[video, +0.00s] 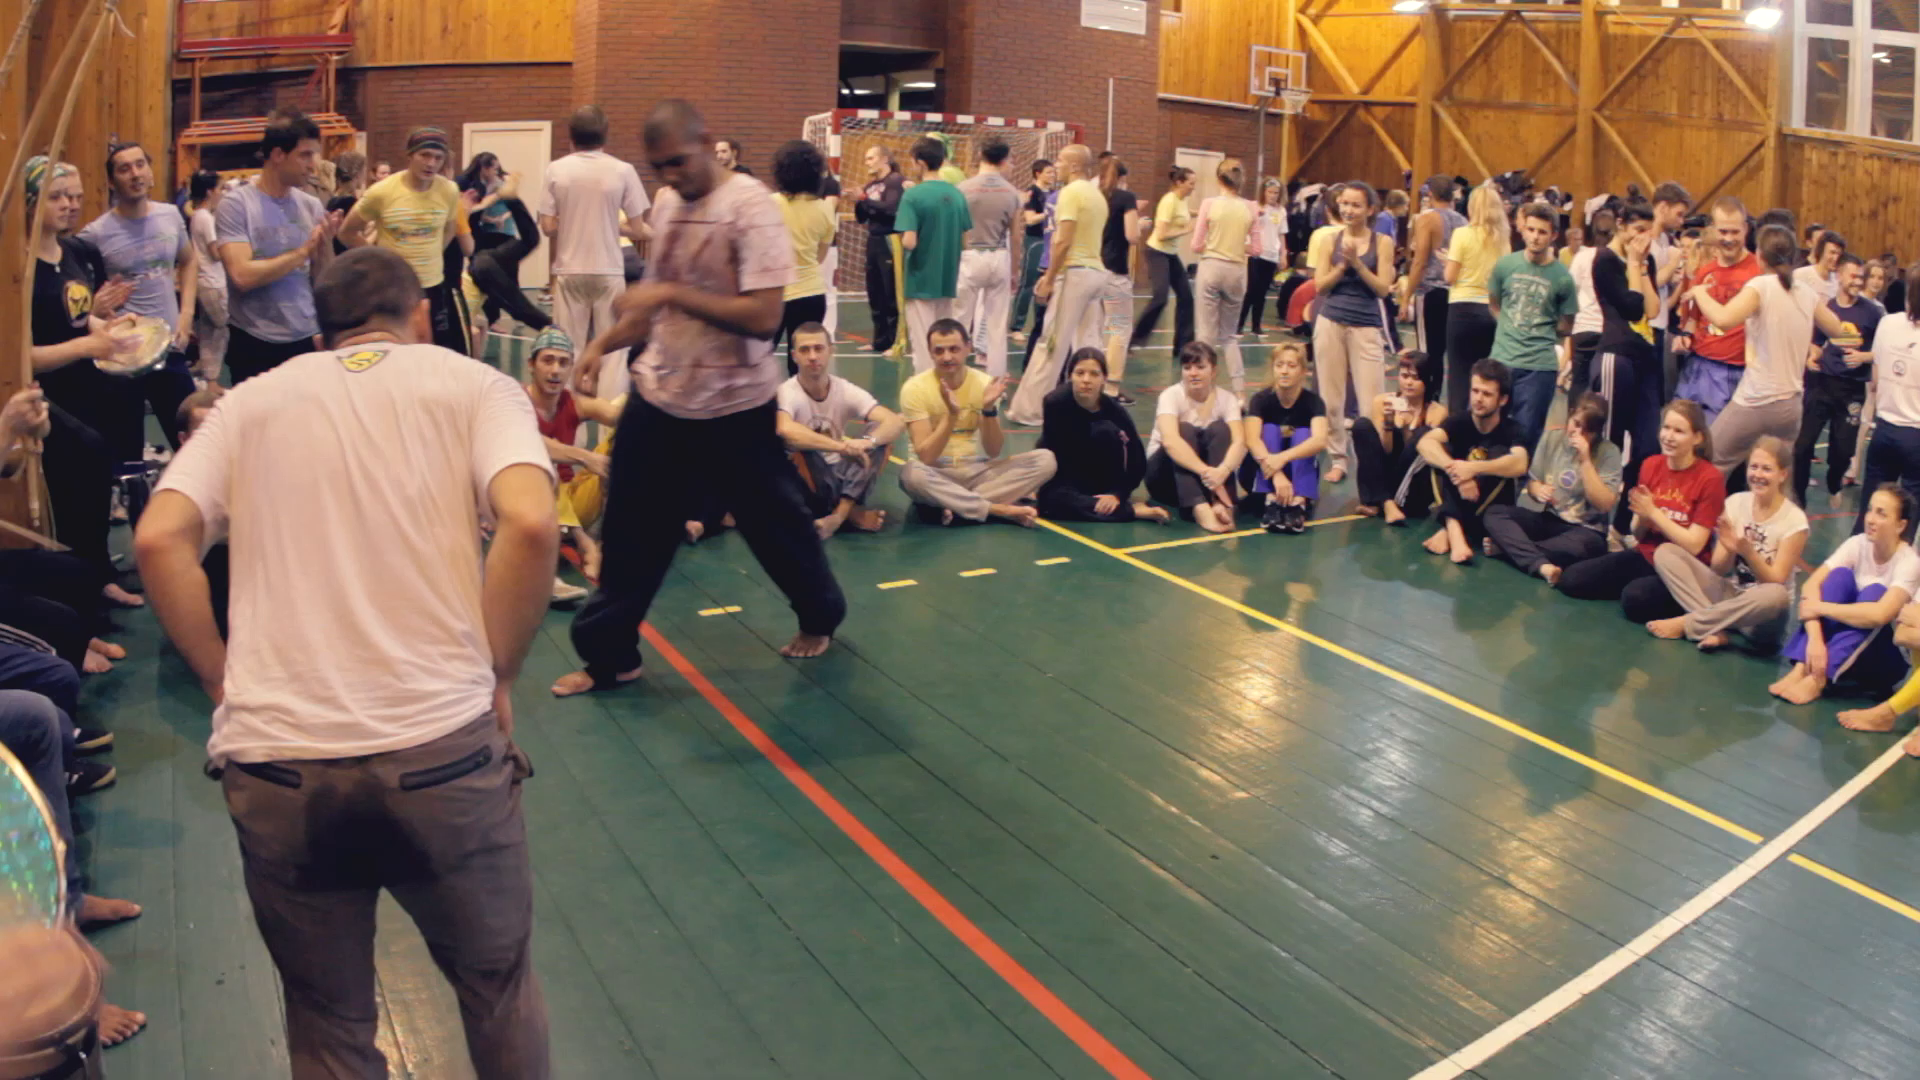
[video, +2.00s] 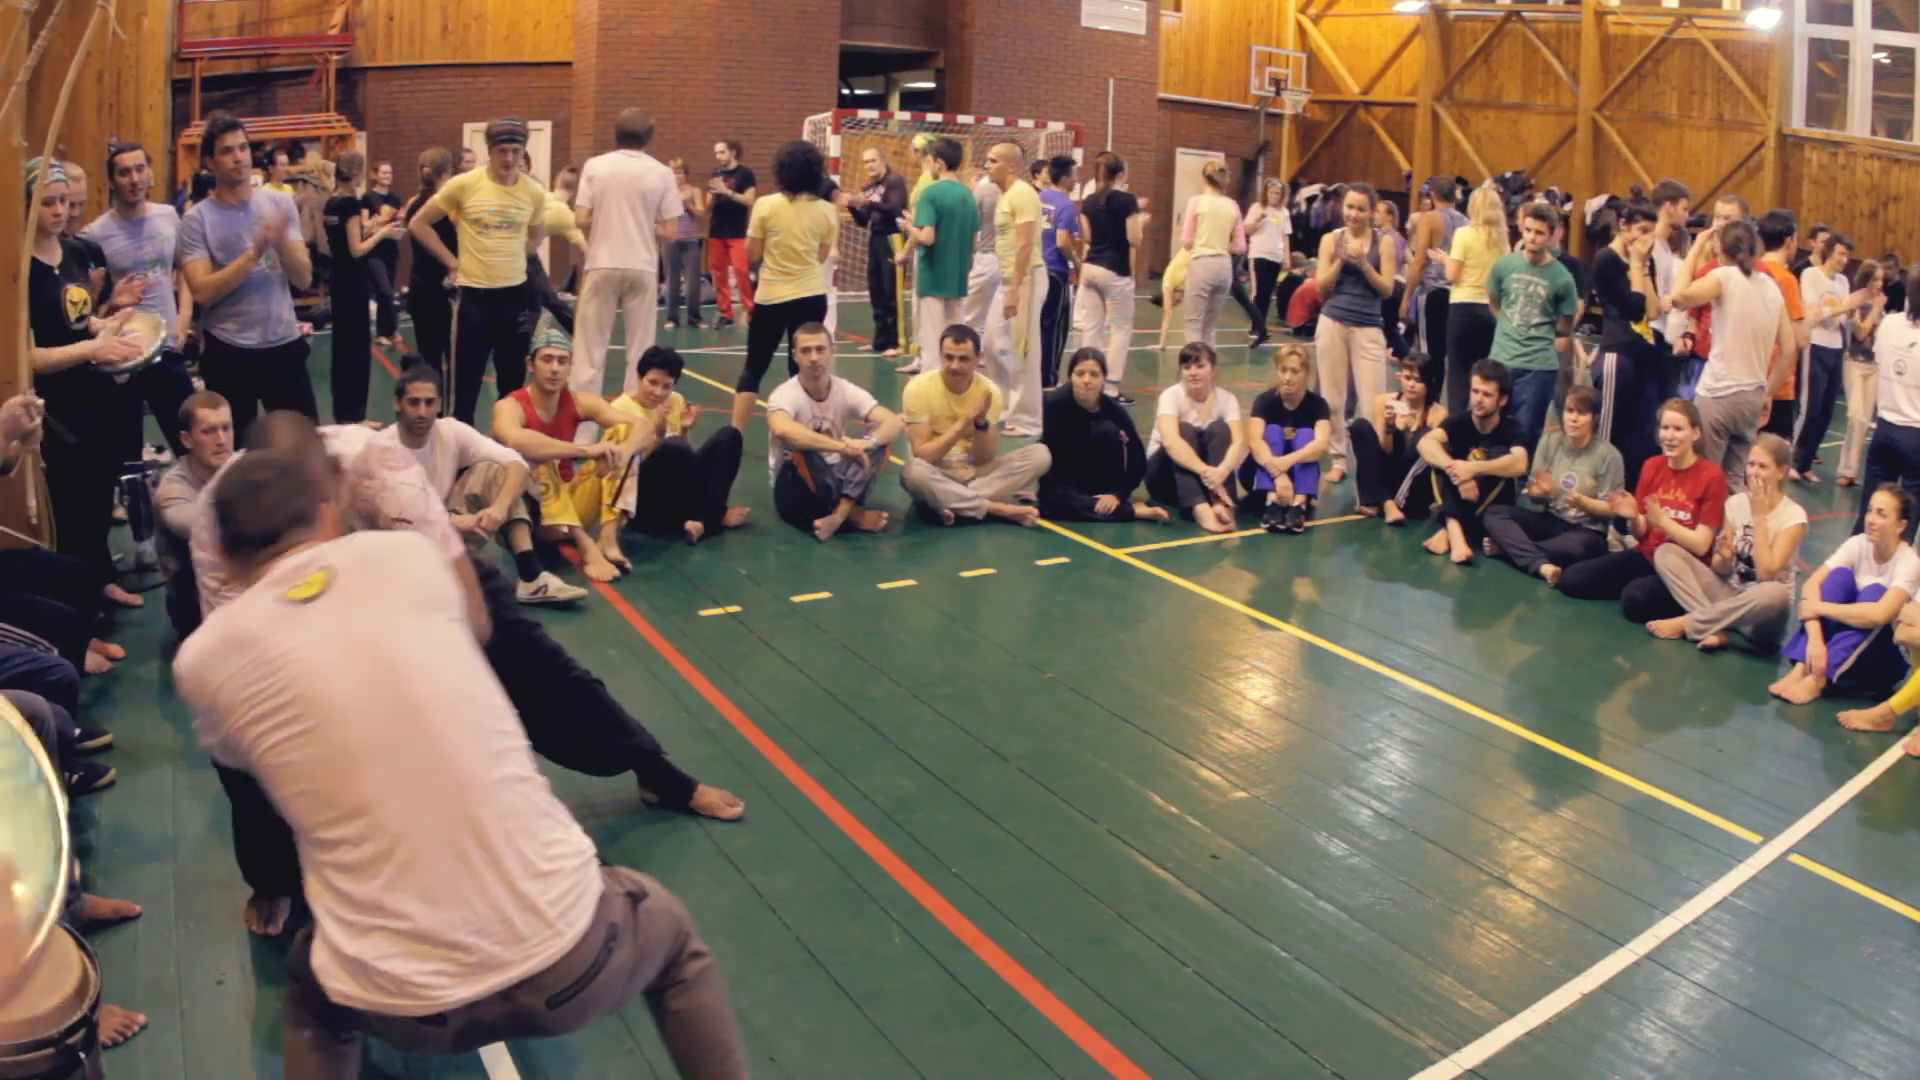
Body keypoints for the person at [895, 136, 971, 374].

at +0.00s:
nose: (912, 165)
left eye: (913, 161)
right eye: (912, 161)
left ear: (920, 163)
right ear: (941, 162)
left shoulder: (913, 195)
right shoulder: (956, 193)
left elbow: (909, 242)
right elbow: (965, 240)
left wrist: (906, 232)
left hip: (921, 279)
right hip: (948, 278)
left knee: (922, 344)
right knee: (946, 339)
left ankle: (925, 394)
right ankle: (948, 390)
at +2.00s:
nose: (928, 164)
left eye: (931, 159)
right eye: (929, 159)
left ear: (940, 162)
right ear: (957, 163)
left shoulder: (931, 193)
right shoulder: (969, 195)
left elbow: (927, 237)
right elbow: (974, 239)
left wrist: (909, 227)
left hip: (932, 277)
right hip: (958, 276)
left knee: (930, 336)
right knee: (956, 334)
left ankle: (930, 387)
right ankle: (956, 383)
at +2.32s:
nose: (929, 163)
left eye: (932, 159)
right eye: (930, 158)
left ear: (940, 162)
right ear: (957, 163)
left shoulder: (933, 192)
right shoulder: (968, 193)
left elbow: (929, 237)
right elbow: (970, 234)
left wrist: (909, 225)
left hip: (934, 275)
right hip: (960, 274)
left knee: (931, 337)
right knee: (958, 332)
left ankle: (932, 382)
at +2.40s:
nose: (929, 164)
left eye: (931, 159)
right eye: (929, 159)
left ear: (939, 162)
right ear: (955, 162)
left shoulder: (932, 192)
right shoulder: (968, 191)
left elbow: (930, 237)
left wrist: (908, 225)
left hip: (935, 272)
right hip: (961, 271)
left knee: (932, 332)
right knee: (957, 329)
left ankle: (930, 369)